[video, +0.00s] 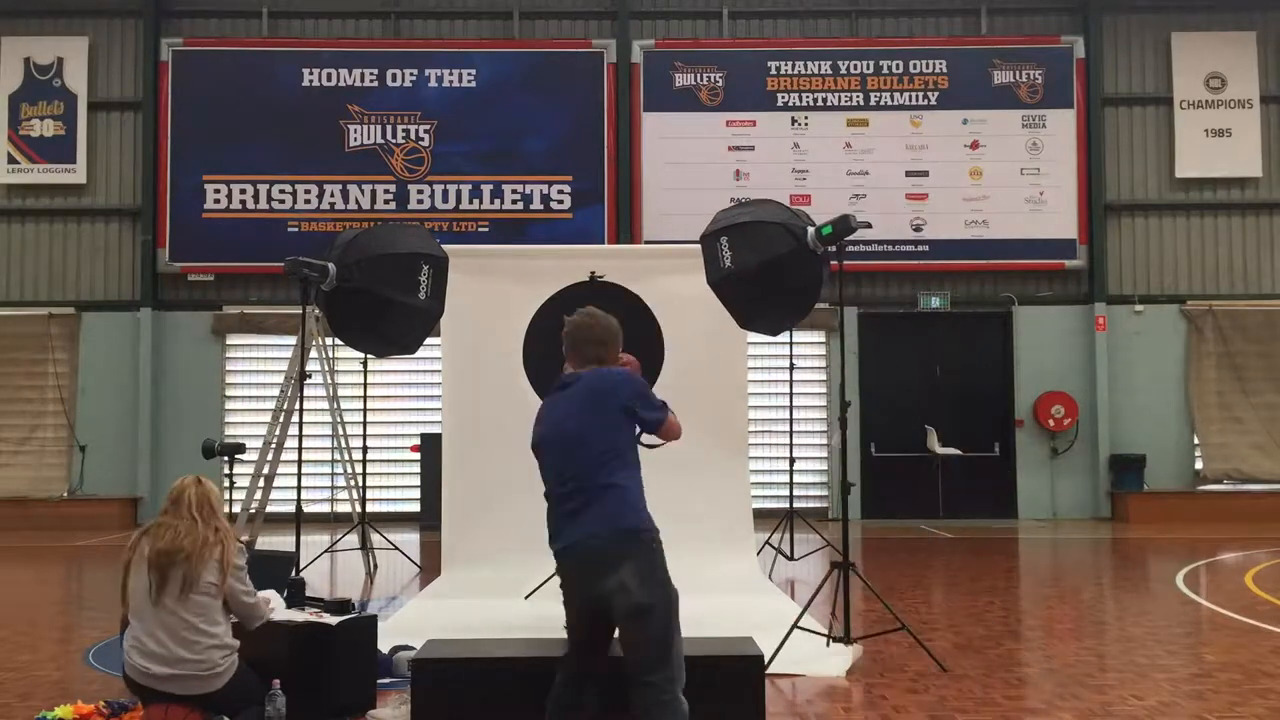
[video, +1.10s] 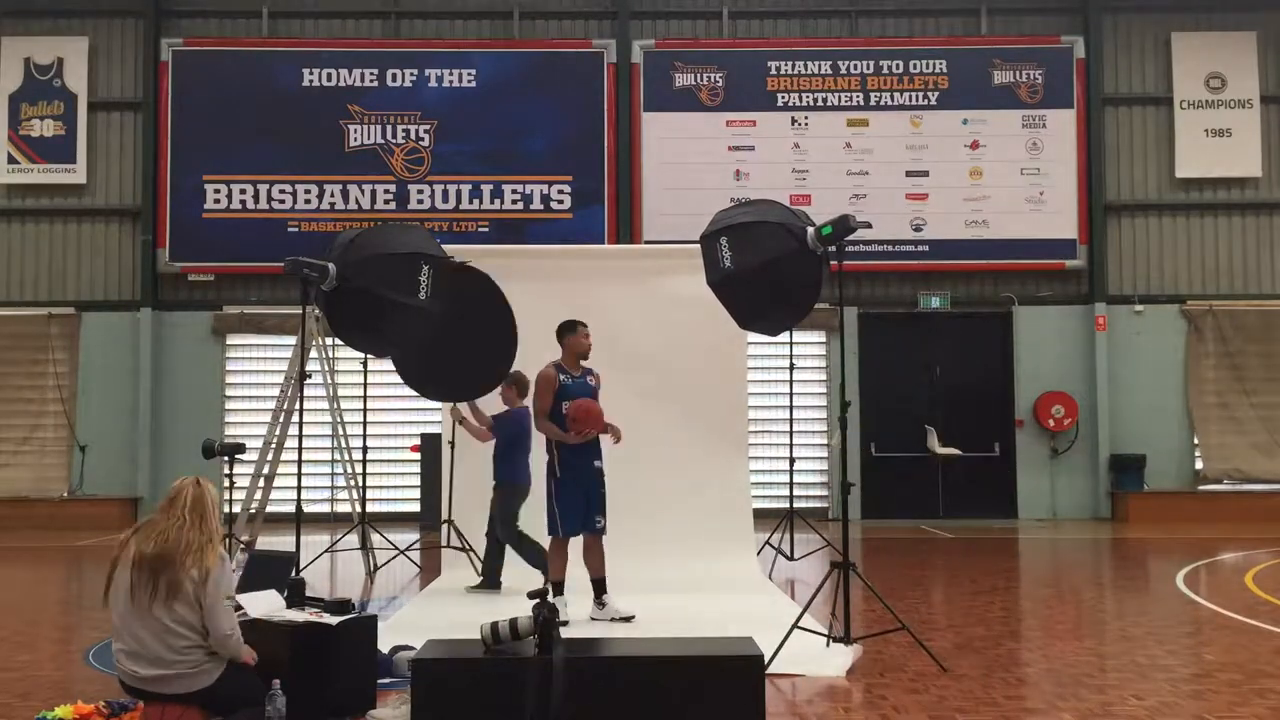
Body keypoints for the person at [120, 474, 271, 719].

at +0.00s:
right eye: (219, 506)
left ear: (170, 504)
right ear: (213, 509)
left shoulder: (142, 540)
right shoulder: (225, 545)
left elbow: (131, 609)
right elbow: (252, 616)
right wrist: (264, 602)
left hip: (142, 679)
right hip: (207, 681)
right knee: (255, 702)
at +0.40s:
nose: (233, 524)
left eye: (233, 517)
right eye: (232, 517)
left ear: (185, 508)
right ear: (225, 517)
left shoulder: (143, 541)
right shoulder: (227, 553)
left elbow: (131, 609)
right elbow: (235, 627)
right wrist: (246, 589)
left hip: (140, 678)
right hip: (205, 683)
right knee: (254, 703)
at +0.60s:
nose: (220, 516)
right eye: (216, 510)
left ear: (167, 507)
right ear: (210, 512)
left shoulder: (138, 542)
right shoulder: (224, 549)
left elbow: (129, 605)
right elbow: (261, 615)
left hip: (140, 679)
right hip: (205, 683)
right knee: (255, 700)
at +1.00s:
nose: (228, 515)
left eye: (228, 507)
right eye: (225, 508)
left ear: (174, 511)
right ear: (214, 511)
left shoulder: (147, 548)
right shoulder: (223, 552)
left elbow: (130, 606)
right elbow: (233, 621)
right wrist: (249, 657)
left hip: (139, 679)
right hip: (199, 684)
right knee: (257, 695)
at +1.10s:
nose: (220, 517)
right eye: (217, 511)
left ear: (168, 506)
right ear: (210, 513)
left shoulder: (133, 543)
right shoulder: (212, 558)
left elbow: (122, 612)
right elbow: (223, 634)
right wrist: (242, 652)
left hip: (132, 679)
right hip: (188, 683)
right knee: (256, 693)